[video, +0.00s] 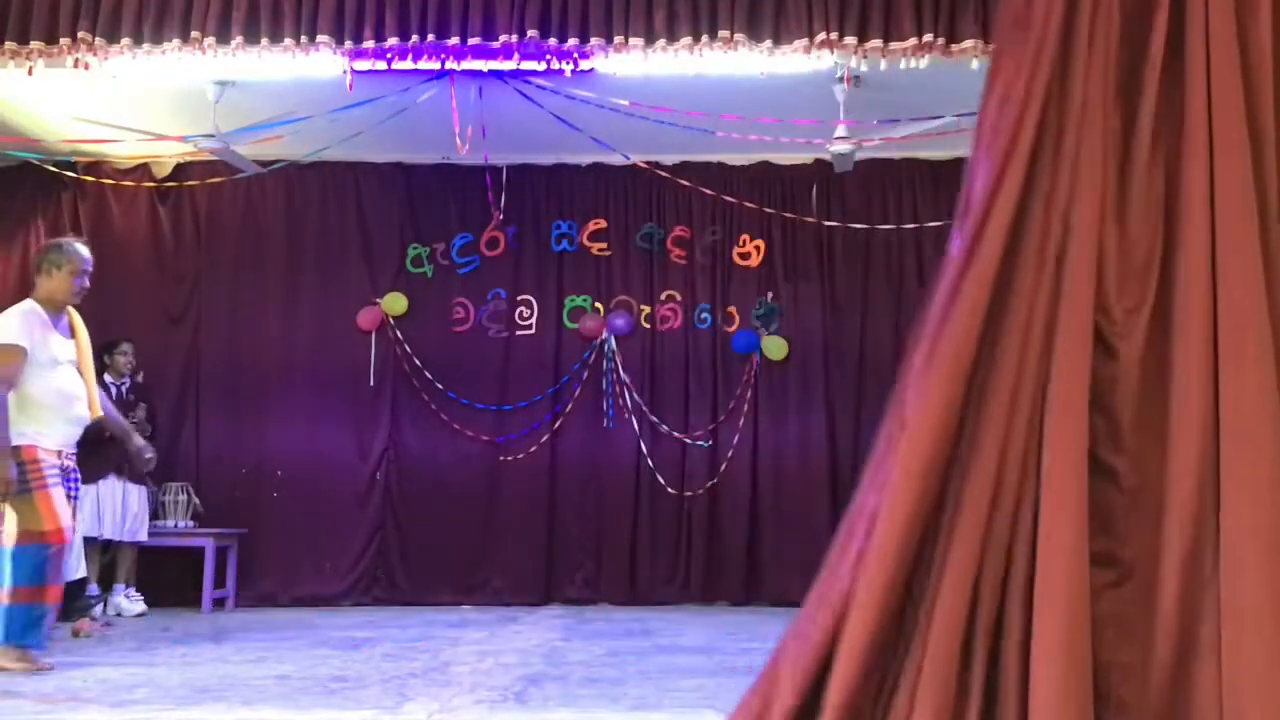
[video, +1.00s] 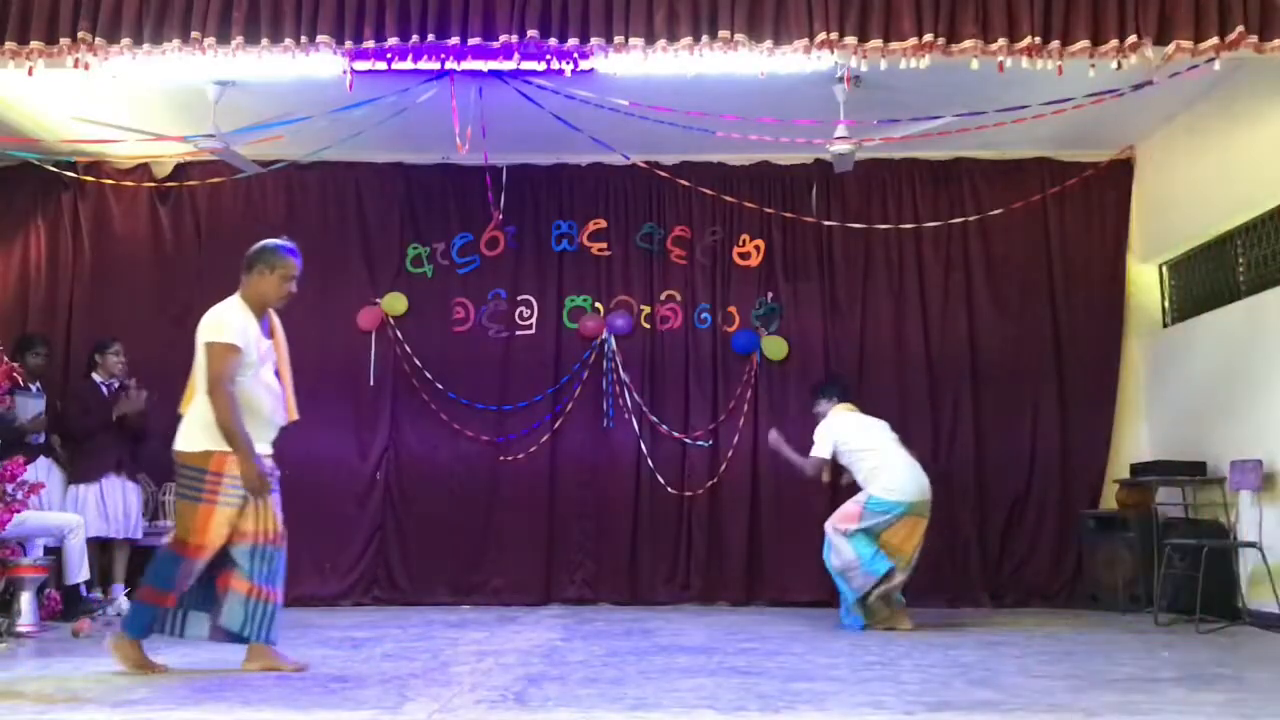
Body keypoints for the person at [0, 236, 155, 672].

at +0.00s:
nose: (85, 284)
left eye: (88, 276)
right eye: (78, 275)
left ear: (79, 279)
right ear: (47, 272)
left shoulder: (70, 324)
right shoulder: (19, 319)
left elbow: (86, 393)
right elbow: (4, 385)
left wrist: (128, 436)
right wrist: (3, 455)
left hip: (62, 449)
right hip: (27, 446)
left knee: (49, 539)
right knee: (55, 533)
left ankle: (23, 642)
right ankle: (16, 643)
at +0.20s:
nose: (116, 285)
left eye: (119, 277)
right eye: (109, 275)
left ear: (105, 277)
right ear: (80, 272)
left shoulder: (97, 327)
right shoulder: (49, 319)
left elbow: (120, 387)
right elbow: (23, 390)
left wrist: (163, 425)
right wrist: (28, 454)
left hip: (84, 454)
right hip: (52, 451)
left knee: (37, 547)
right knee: (77, 544)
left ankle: (10, 643)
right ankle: (98, 647)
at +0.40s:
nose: (156, 292)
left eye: (159, 284)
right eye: (149, 282)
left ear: (152, 285)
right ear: (120, 279)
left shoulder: (140, 329)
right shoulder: (85, 325)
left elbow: (150, 399)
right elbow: (63, 396)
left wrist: (178, 444)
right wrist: (63, 464)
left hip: (115, 456)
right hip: (85, 452)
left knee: (61, 551)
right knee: (110, 546)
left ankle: (15, 638)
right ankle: (114, 651)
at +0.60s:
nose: (199, 301)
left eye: (203, 293)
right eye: (192, 291)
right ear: (163, 283)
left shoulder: (173, 334)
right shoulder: (129, 327)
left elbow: (165, 406)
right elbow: (112, 399)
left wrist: (162, 462)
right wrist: (120, 466)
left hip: (152, 456)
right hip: (114, 453)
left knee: (171, 543)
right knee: (133, 543)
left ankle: (121, 639)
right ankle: (115, 653)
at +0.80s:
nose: (246, 289)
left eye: (251, 281)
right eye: (240, 278)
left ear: (241, 280)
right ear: (210, 270)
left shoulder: (217, 321)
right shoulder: (178, 313)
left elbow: (207, 386)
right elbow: (161, 382)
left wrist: (205, 446)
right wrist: (195, 449)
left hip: (197, 446)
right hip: (156, 443)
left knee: (217, 532)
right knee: (135, 538)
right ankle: (113, 644)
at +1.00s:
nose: (293, 289)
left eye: (295, 280)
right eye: (287, 278)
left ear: (269, 279)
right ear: (258, 274)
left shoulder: (261, 324)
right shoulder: (227, 319)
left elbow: (253, 392)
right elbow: (218, 390)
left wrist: (263, 452)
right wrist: (247, 459)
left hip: (253, 452)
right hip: (213, 451)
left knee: (266, 544)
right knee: (194, 544)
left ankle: (261, 646)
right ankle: (128, 636)